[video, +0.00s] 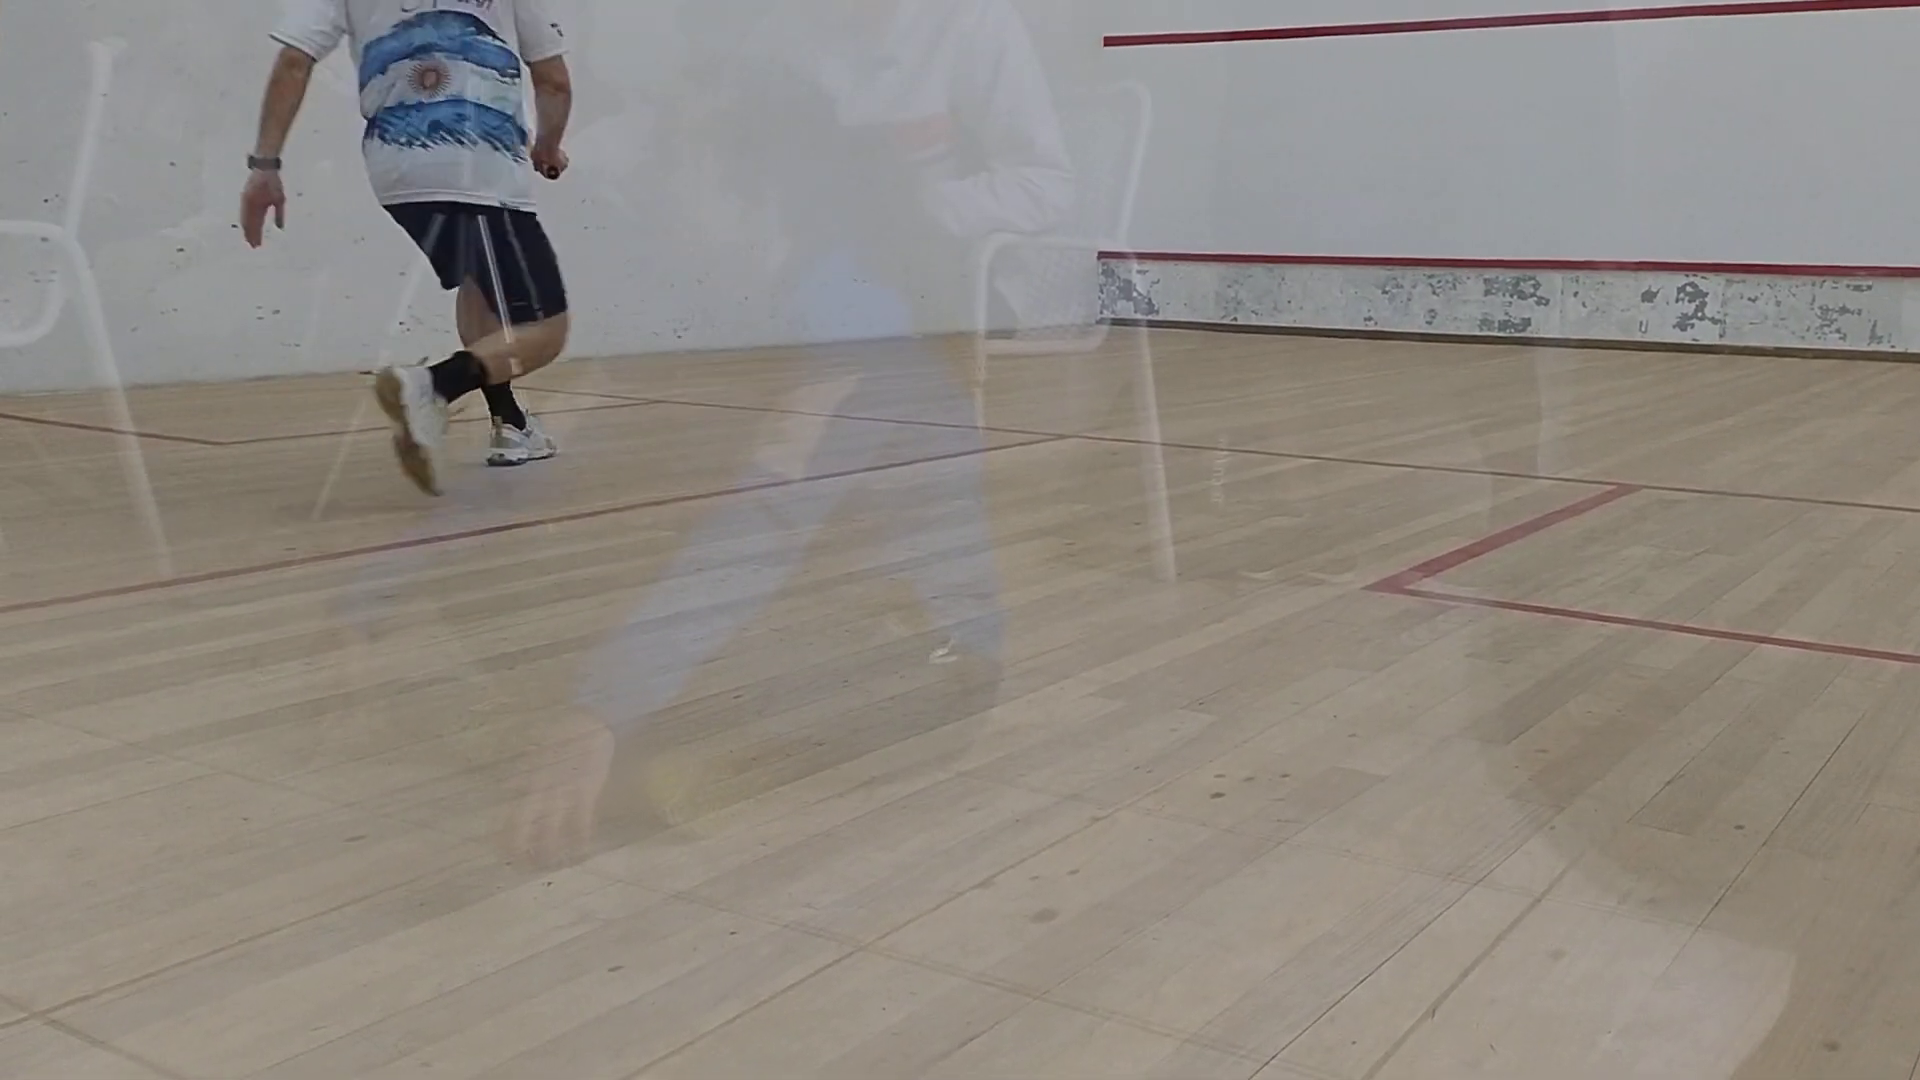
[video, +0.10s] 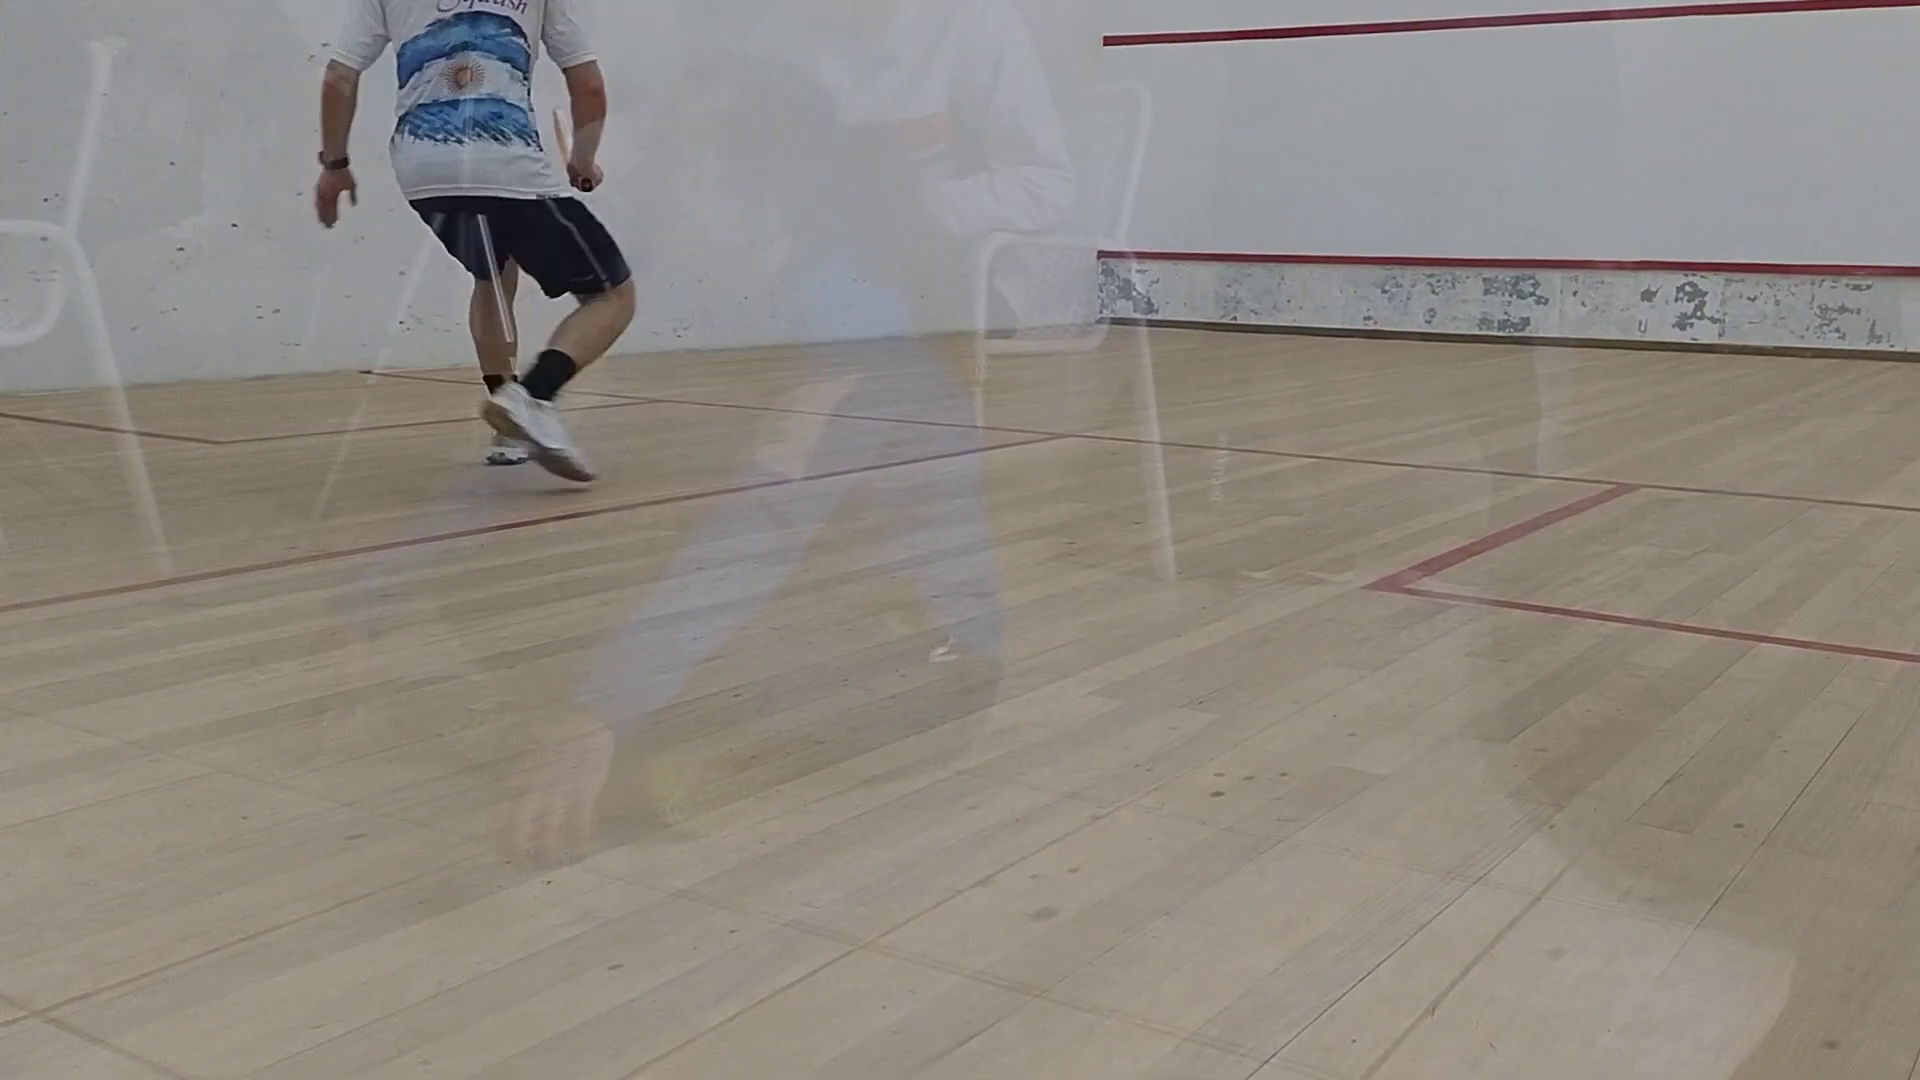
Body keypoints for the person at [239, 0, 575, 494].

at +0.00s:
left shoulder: (352, 0)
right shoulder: (506, 0)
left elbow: (294, 57)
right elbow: (554, 79)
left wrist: (265, 164)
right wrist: (547, 144)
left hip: (395, 175)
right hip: (481, 171)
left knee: (474, 283)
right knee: (545, 332)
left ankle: (511, 425)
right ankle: (430, 387)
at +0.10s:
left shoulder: (388, 1)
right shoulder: (536, 0)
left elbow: (337, 79)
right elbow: (589, 87)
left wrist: (334, 164)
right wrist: (583, 158)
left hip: (421, 173)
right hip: (511, 169)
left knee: (494, 274)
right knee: (613, 298)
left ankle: (508, 435)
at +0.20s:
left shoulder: (424, 1)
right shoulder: (563, 0)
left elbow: (376, 67)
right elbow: (614, 75)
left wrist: (391, 135)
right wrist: (616, 162)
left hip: (446, 165)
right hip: (533, 160)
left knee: (506, 270)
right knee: (644, 280)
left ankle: (513, 425)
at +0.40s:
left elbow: (432, 54)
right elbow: (665, 61)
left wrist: (447, 133)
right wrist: (674, 159)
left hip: (499, 150)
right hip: (585, 147)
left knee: (527, 269)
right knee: (680, 282)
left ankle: (513, 423)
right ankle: (715, 438)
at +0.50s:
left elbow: (452, 41)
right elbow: (683, 54)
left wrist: (455, 136)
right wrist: (698, 157)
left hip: (510, 143)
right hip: (597, 139)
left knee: (532, 270)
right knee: (686, 280)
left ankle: (515, 423)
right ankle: (715, 439)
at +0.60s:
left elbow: (456, 34)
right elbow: (690, 48)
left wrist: (455, 134)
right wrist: (712, 154)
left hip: (506, 137)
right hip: (599, 136)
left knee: (515, 263)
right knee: (681, 278)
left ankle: (509, 416)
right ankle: (714, 437)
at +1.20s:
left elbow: (137, 16)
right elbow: (370, 27)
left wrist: (122, 82)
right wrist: (304, 69)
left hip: (233, 116)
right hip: (329, 118)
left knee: (189, 251)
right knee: (342, 268)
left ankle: (204, 418)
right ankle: (404, 419)